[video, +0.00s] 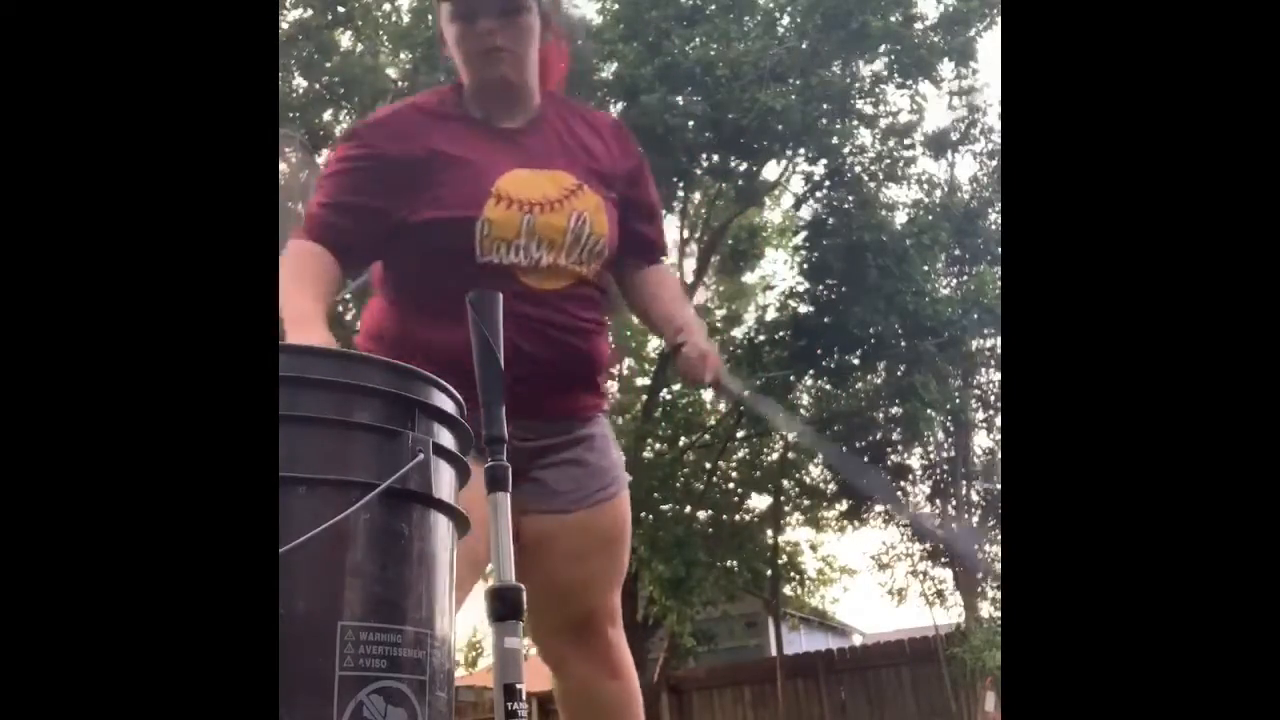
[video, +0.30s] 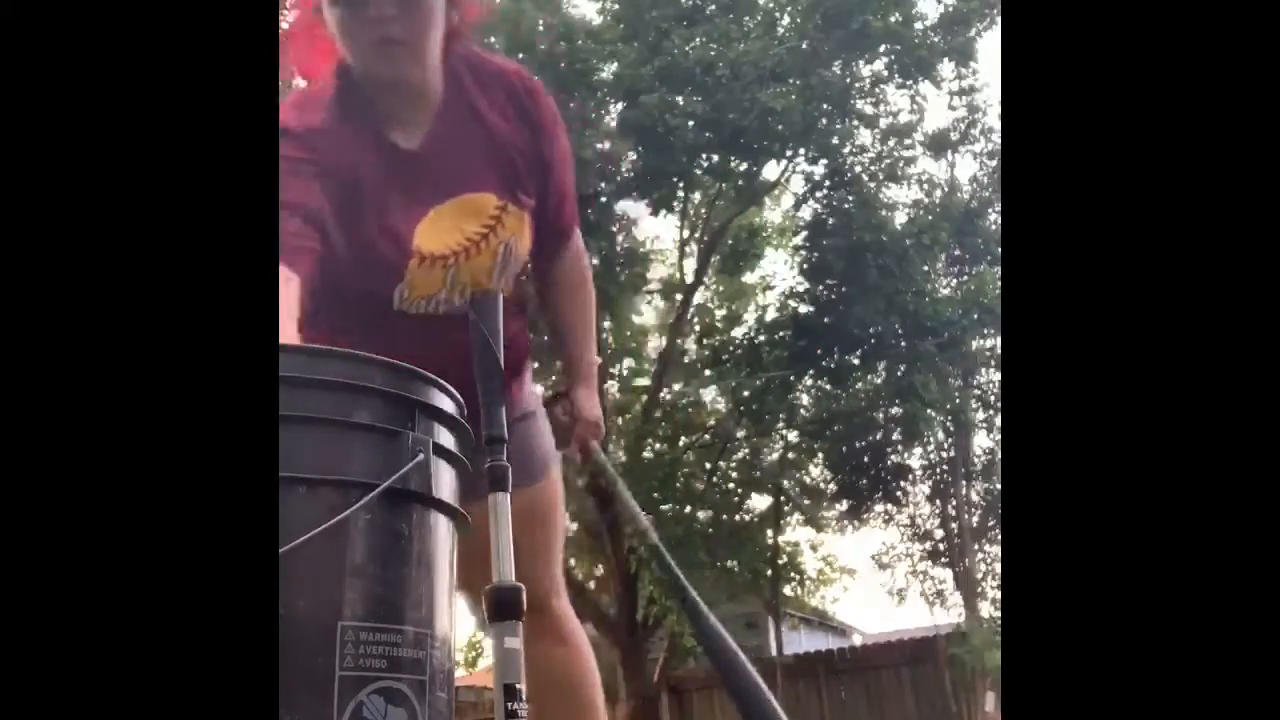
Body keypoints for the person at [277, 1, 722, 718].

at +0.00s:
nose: (491, 29)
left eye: (509, 11)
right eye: (470, 15)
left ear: (541, 21)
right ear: (445, 32)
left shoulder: (605, 142)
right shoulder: (396, 138)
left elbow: (642, 261)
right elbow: (311, 256)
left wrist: (687, 328)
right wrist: (315, 356)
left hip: (568, 432)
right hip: (433, 432)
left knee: (593, 639)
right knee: (397, 633)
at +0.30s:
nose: (384, 13)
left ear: (449, 8)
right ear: (328, 16)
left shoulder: (516, 98)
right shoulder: (309, 127)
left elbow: (561, 246)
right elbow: (285, 269)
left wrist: (583, 379)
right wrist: (294, 389)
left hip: (498, 399)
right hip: (362, 407)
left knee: (539, 611)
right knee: (364, 622)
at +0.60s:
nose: (390, 20)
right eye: (358, 4)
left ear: (450, 9)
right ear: (322, 28)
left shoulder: (510, 93)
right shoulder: (325, 139)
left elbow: (560, 238)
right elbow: (323, 285)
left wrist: (609, 366)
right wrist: (321, 457)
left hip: (497, 391)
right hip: (378, 402)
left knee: (544, 609)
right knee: (380, 625)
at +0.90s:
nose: (512, 15)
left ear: (550, 13)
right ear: (439, 22)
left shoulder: (587, 126)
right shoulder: (376, 129)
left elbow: (616, 257)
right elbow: (285, 241)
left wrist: (669, 361)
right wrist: (314, 245)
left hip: (541, 415)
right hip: (398, 413)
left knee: (616, 642)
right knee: (373, 637)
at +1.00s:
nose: (541, 27)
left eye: (556, 7)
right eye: (515, 10)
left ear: (581, 22)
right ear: (479, 30)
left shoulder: (625, 148)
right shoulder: (421, 133)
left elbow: (651, 273)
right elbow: (316, 256)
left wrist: (691, 375)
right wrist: (343, 214)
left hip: (578, 428)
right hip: (440, 425)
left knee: (632, 642)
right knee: (410, 646)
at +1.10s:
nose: (562, 33)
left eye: (583, 18)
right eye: (543, 18)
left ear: (611, 38)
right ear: (513, 32)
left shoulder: (656, 153)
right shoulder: (462, 135)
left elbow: (687, 279)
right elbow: (357, 237)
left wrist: (711, 384)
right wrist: (388, 210)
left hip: (616, 430)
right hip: (478, 426)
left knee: (647, 638)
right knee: (458, 616)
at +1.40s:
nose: (596, 51)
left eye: (613, 35)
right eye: (576, 38)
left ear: (641, 50)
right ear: (553, 55)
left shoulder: (690, 168)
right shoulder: (519, 141)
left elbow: (714, 285)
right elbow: (474, 183)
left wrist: (743, 373)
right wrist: (458, 206)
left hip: (638, 424)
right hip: (503, 413)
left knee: (642, 621)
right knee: (458, 602)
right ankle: (397, 709)